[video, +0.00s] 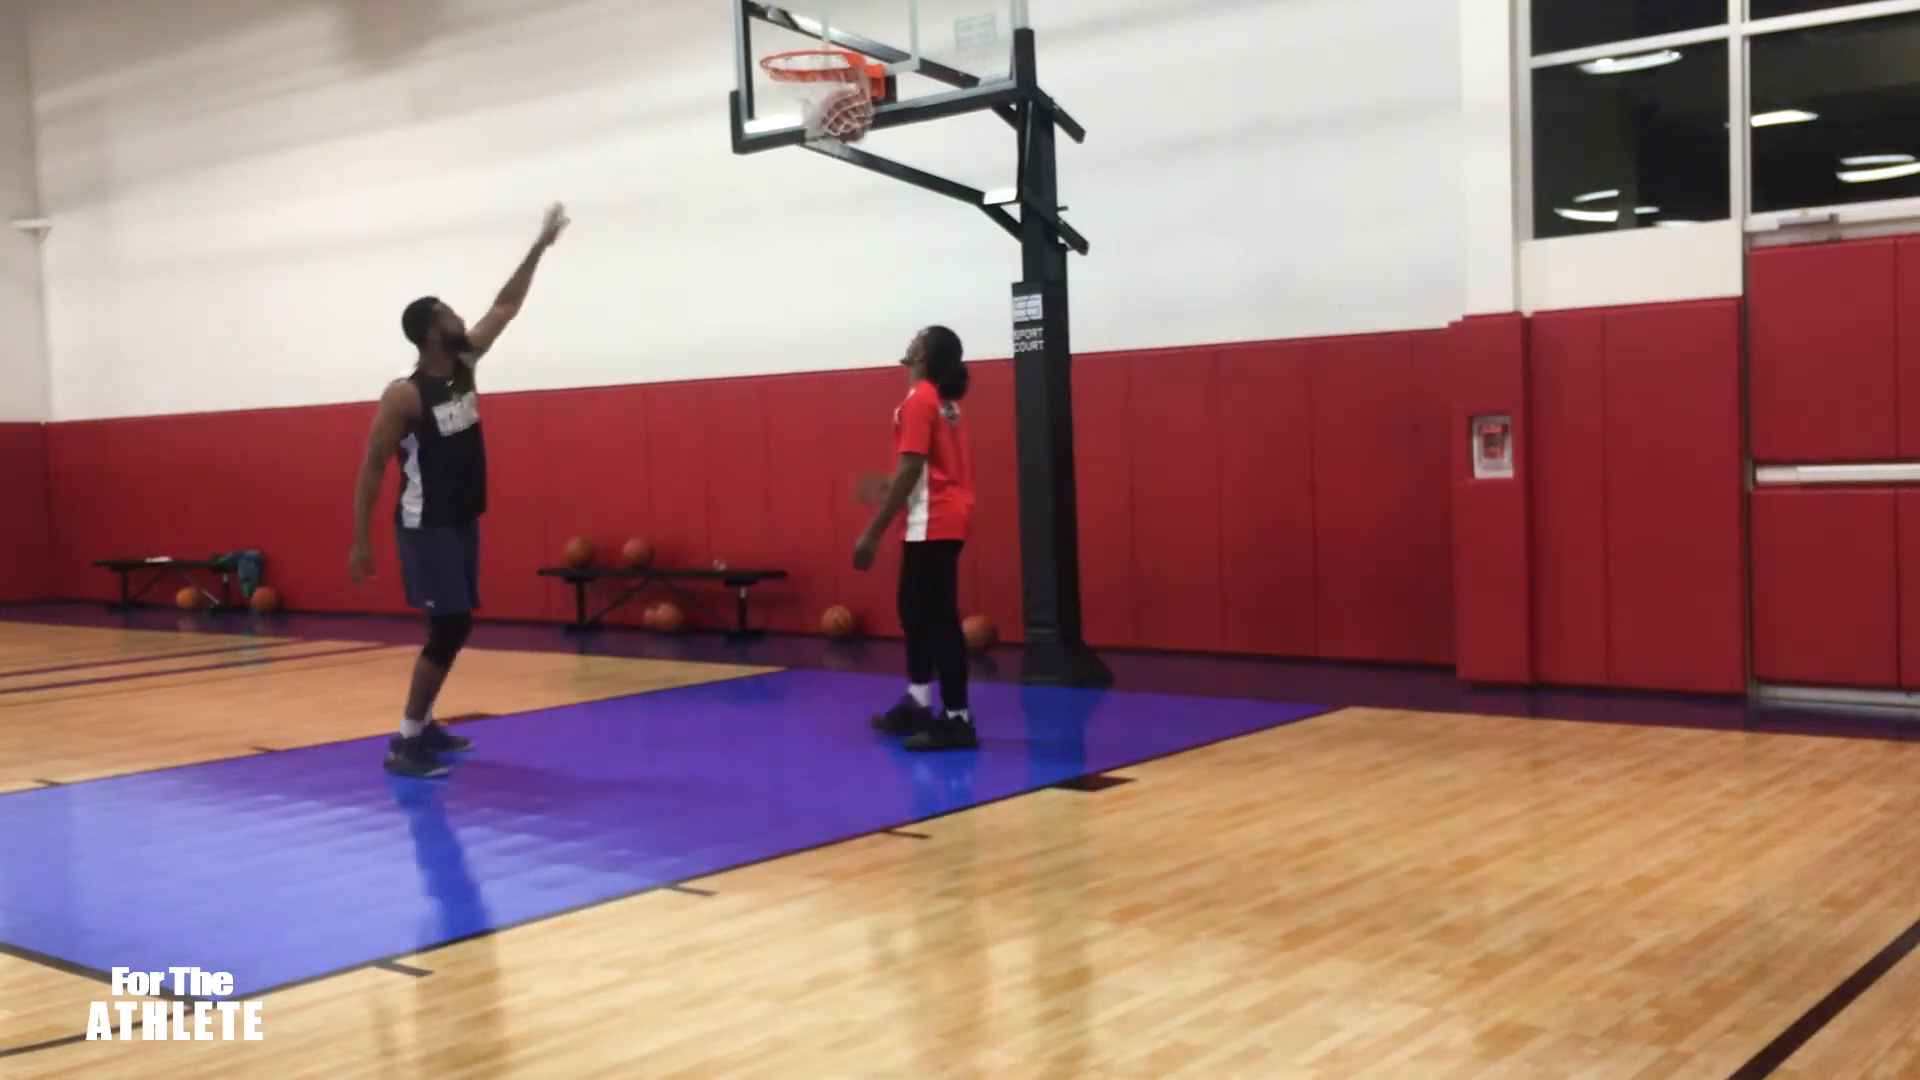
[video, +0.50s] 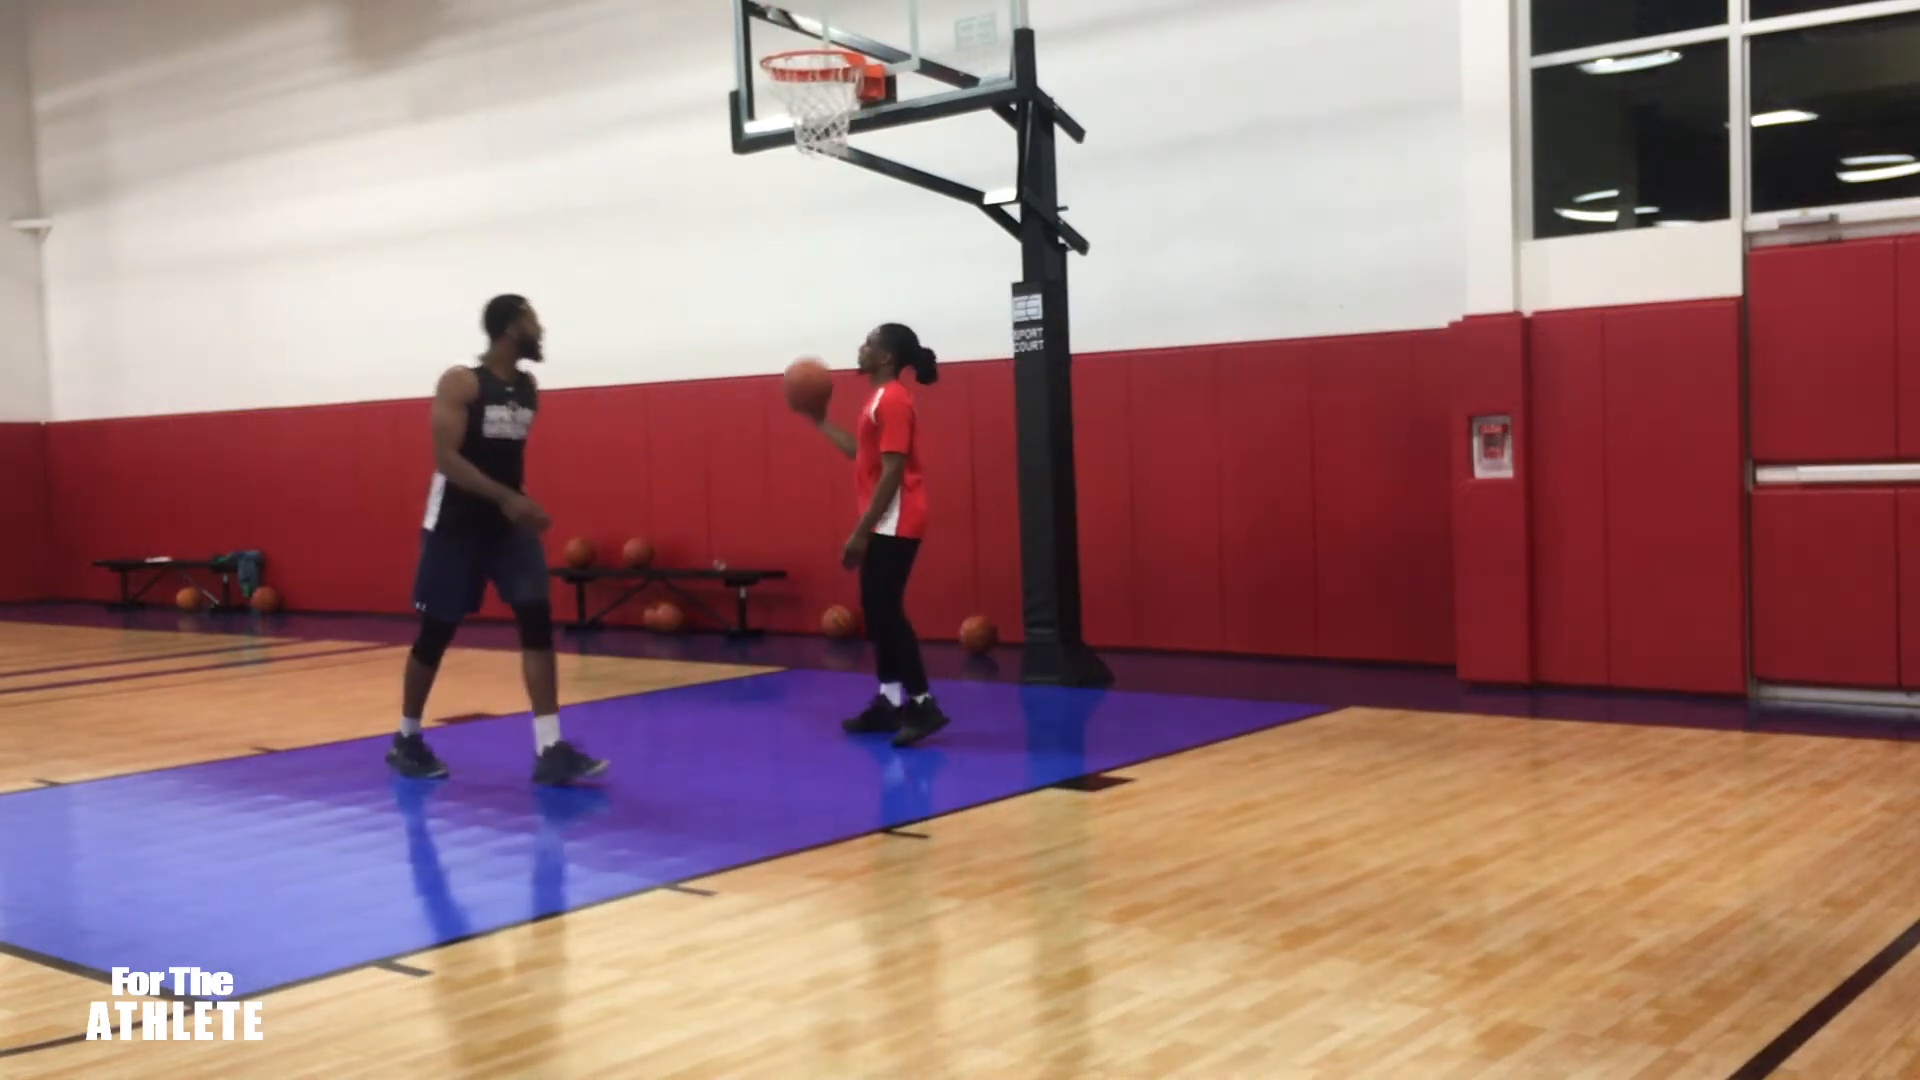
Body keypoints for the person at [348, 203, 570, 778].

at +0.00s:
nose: (460, 318)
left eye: (454, 313)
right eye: (450, 314)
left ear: (442, 329)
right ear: (432, 332)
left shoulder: (464, 363)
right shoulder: (404, 397)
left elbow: (505, 307)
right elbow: (371, 470)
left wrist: (540, 247)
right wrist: (360, 545)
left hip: (462, 522)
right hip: (426, 527)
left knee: (458, 622)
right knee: (449, 624)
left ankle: (421, 724)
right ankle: (406, 740)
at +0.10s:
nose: (461, 313)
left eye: (456, 306)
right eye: (450, 310)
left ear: (441, 324)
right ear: (430, 327)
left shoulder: (468, 363)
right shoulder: (403, 390)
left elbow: (518, 328)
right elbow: (385, 471)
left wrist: (561, 280)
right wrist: (394, 542)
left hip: (468, 526)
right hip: (428, 531)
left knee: (476, 621)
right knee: (440, 627)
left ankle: (433, 713)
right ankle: (403, 743)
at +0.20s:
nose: (467, 310)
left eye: (461, 303)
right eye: (457, 304)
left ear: (444, 320)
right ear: (436, 320)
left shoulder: (471, 362)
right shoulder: (404, 384)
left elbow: (521, 367)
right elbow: (399, 465)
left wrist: (590, 343)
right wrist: (432, 528)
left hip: (475, 521)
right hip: (426, 526)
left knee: (500, 617)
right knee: (432, 625)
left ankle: (448, 706)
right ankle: (403, 740)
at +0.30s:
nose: (480, 310)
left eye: (475, 302)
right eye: (471, 304)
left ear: (456, 317)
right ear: (449, 317)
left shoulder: (479, 365)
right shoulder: (415, 381)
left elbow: (512, 411)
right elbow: (414, 462)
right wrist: (469, 513)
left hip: (484, 513)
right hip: (430, 519)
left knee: (520, 612)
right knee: (427, 623)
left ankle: (479, 721)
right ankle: (403, 741)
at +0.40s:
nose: (505, 318)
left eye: (500, 309)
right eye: (496, 310)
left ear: (479, 323)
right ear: (474, 322)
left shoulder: (500, 377)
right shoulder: (433, 382)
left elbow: (501, 443)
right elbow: (429, 459)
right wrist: (493, 500)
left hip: (493, 521)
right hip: (441, 525)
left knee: (530, 612)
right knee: (429, 625)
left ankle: (524, 738)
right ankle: (404, 742)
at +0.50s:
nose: (541, 329)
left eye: (537, 321)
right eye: (532, 321)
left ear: (515, 331)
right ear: (509, 330)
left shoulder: (527, 391)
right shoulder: (460, 383)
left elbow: (506, 458)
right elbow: (445, 458)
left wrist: (519, 513)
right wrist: (509, 498)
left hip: (509, 527)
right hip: (456, 530)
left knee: (536, 625)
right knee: (436, 631)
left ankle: (550, 749)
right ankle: (407, 739)